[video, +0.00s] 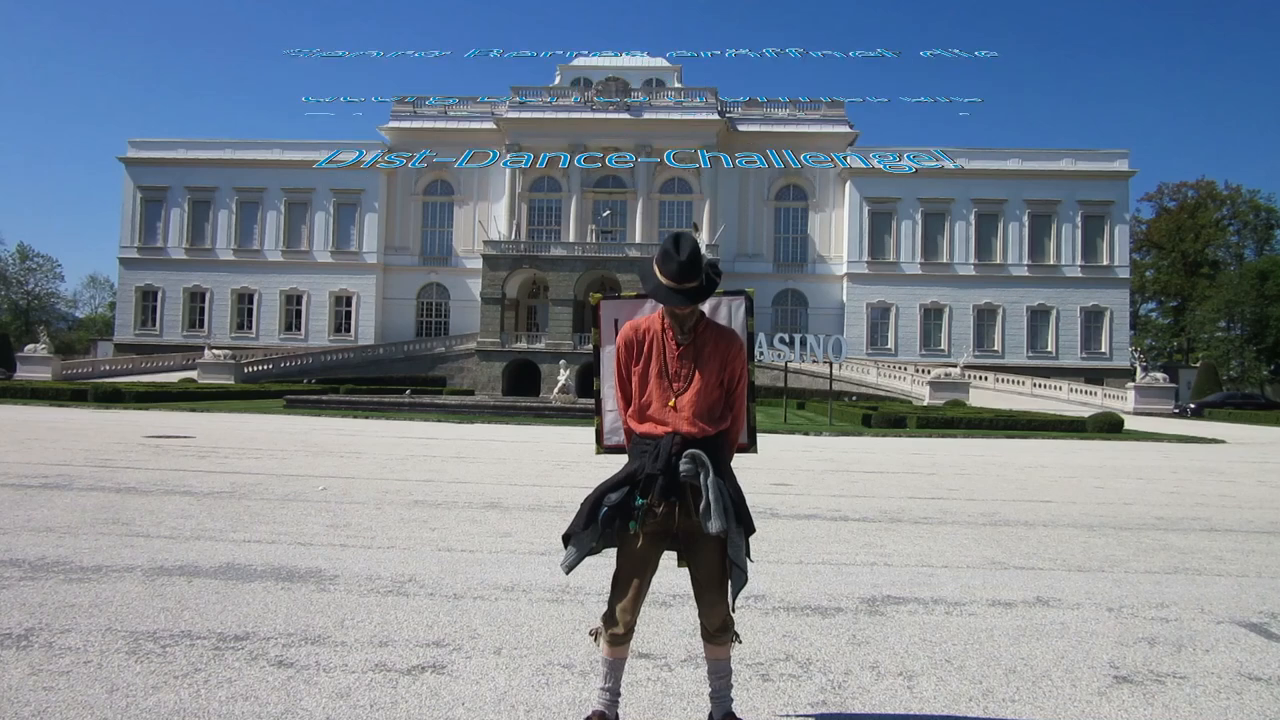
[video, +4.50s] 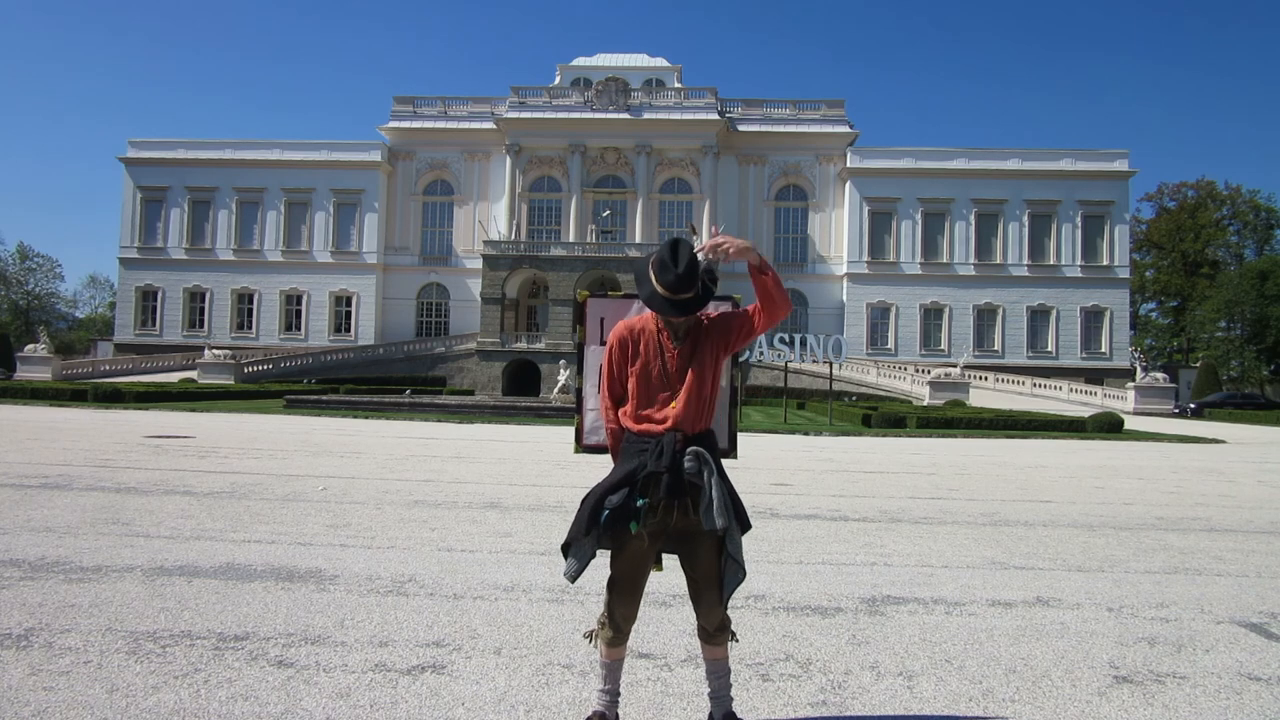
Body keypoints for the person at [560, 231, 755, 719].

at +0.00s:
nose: (681, 309)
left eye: (690, 300)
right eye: (673, 300)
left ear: (704, 292)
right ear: (658, 289)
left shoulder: (729, 344)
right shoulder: (633, 337)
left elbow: (734, 427)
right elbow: (627, 417)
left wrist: (702, 467)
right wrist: (669, 453)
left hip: (706, 486)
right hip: (646, 483)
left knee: (716, 604)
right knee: (625, 600)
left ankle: (722, 706)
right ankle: (607, 700)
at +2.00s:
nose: (677, 310)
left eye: (685, 300)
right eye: (668, 300)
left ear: (698, 291)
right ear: (652, 290)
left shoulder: (723, 345)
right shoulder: (626, 337)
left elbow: (730, 423)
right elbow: (620, 414)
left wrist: (707, 465)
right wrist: (653, 446)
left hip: (701, 492)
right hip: (642, 488)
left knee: (711, 604)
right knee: (621, 600)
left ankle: (721, 706)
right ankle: (607, 701)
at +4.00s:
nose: (677, 308)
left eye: (685, 300)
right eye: (668, 300)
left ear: (698, 293)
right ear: (653, 291)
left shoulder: (721, 344)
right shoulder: (624, 336)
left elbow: (729, 426)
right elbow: (617, 416)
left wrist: (718, 490)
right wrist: (643, 465)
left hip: (699, 490)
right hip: (639, 488)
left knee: (709, 606)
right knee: (620, 604)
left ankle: (721, 705)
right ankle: (607, 701)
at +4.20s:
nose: (676, 314)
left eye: (684, 305)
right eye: (667, 305)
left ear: (697, 298)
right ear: (652, 296)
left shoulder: (718, 342)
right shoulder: (622, 336)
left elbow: (756, 405)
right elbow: (612, 411)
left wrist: (780, 470)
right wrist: (633, 467)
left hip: (698, 481)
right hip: (638, 480)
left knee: (709, 603)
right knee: (620, 599)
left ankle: (720, 706)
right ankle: (606, 701)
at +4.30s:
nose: (678, 314)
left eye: (686, 304)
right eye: (669, 304)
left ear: (698, 297)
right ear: (653, 295)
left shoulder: (717, 338)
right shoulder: (623, 336)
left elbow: (775, 377)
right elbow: (611, 415)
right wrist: (631, 471)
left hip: (699, 481)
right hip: (639, 481)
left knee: (709, 603)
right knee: (620, 601)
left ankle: (721, 706)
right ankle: (606, 702)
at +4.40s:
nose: (679, 317)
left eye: (688, 308)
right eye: (670, 308)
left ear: (701, 299)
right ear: (654, 297)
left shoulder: (717, 335)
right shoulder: (625, 335)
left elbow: (779, 346)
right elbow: (612, 410)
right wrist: (629, 469)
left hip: (699, 478)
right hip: (638, 477)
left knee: (710, 600)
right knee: (621, 599)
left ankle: (721, 706)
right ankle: (606, 702)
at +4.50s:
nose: (678, 317)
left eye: (687, 308)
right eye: (669, 307)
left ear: (701, 296)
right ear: (653, 297)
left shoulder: (718, 329)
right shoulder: (627, 334)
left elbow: (776, 308)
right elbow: (610, 408)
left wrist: (752, 257)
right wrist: (628, 468)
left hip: (698, 475)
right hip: (639, 474)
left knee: (711, 598)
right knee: (623, 594)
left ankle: (721, 707)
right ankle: (606, 700)